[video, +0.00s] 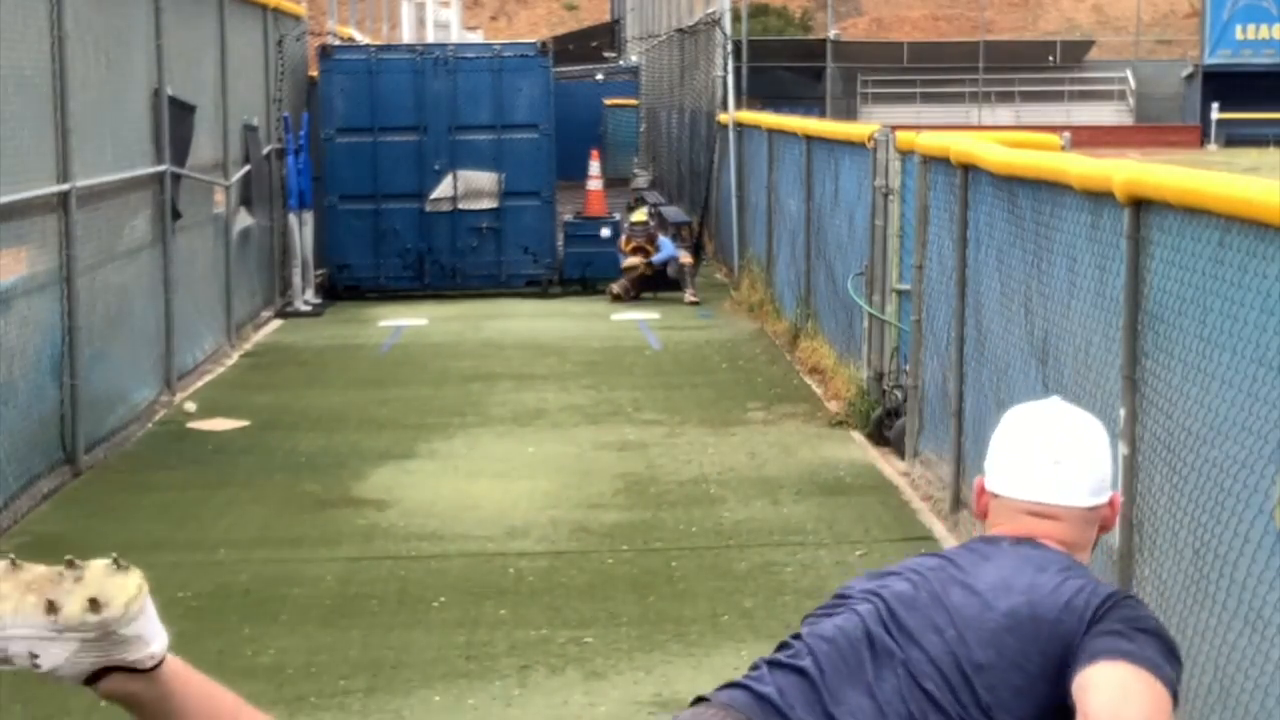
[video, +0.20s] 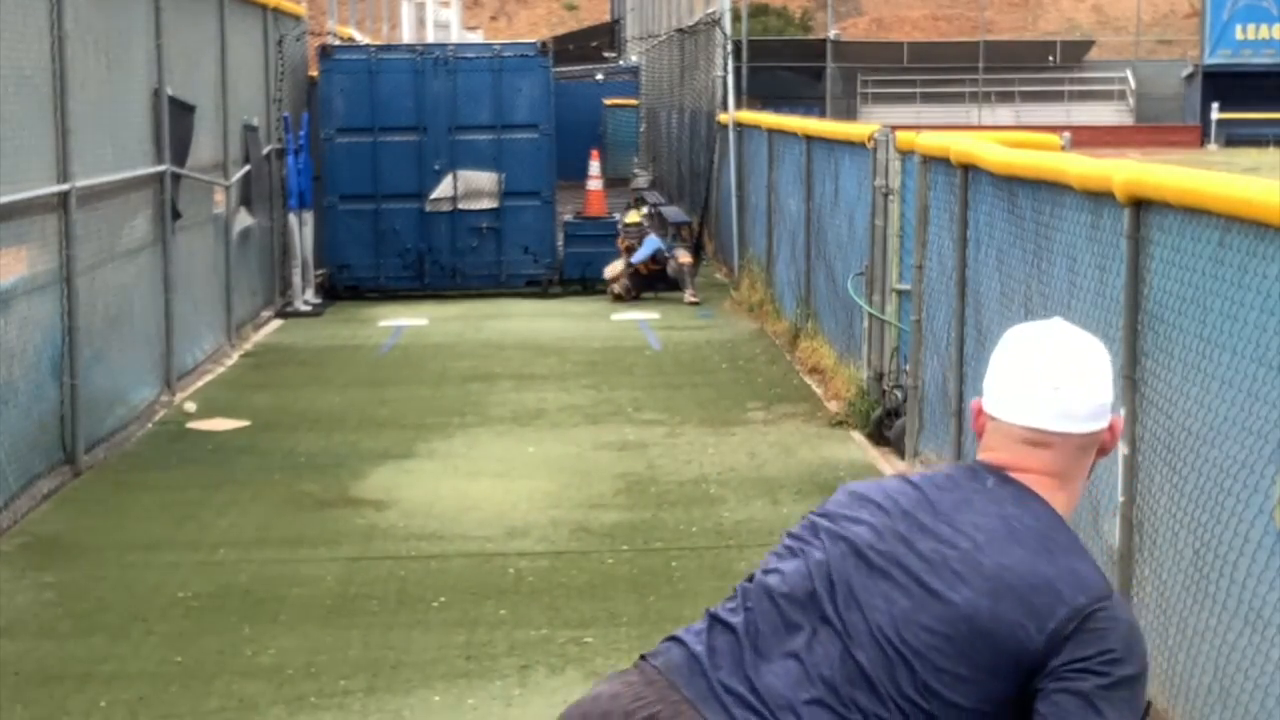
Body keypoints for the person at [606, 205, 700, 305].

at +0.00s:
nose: (639, 233)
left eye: (643, 229)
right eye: (635, 230)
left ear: (649, 229)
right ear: (630, 230)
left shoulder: (658, 239)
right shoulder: (624, 242)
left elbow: (670, 251)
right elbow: (622, 261)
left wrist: (650, 262)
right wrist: (633, 262)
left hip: (664, 272)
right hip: (641, 273)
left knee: (684, 259)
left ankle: (689, 292)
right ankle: (623, 288)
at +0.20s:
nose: (632, 230)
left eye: (636, 227)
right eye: (628, 227)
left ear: (642, 227)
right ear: (623, 229)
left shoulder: (652, 240)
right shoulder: (623, 242)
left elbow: (635, 261)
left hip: (666, 274)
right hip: (642, 275)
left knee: (682, 256)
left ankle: (689, 292)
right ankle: (622, 289)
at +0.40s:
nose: (630, 225)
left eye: (633, 221)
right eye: (626, 222)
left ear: (639, 221)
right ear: (620, 223)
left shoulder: (648, 234)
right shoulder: (616, 240)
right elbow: (621, 265)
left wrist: (644, 270)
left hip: (655, 273)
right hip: (632, 275)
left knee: (677, 259)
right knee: (608, 287)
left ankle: (687, 292)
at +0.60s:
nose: (632, 234)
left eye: (635, 230)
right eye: (628, 230)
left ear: (641, 229)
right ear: (623, 230)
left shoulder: (651, 240)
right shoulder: (619, 243)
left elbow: (666, 260)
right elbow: (624, 269)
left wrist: (648, 278)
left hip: (656, 272)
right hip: (635, 275)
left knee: (678, 260)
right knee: (610, 289)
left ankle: (686, 292)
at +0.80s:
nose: (633, 234)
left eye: (637, 230)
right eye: (630, 230)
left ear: (643, 229)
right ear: (624, 230)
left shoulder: (652, 240)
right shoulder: (620, 242)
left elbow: (668, 258)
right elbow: (620, 259)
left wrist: (647, 268)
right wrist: (625, 270)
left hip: (656, 273)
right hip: (635, 273)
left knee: (679, 260)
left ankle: (687, 292)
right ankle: (613, 287)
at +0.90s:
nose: (635, 233)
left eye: (639, 229)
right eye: (631, 229)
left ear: (645, 229)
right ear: (626, 229)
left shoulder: (654, 239)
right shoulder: (619, 242)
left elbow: (670, 254)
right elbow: (621, 263)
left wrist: (649, 260)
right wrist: (631, 264)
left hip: (656, 271)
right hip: (635, 272)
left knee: (678, 261)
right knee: (624, 274)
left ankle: (686, 292)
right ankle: (614, 288)